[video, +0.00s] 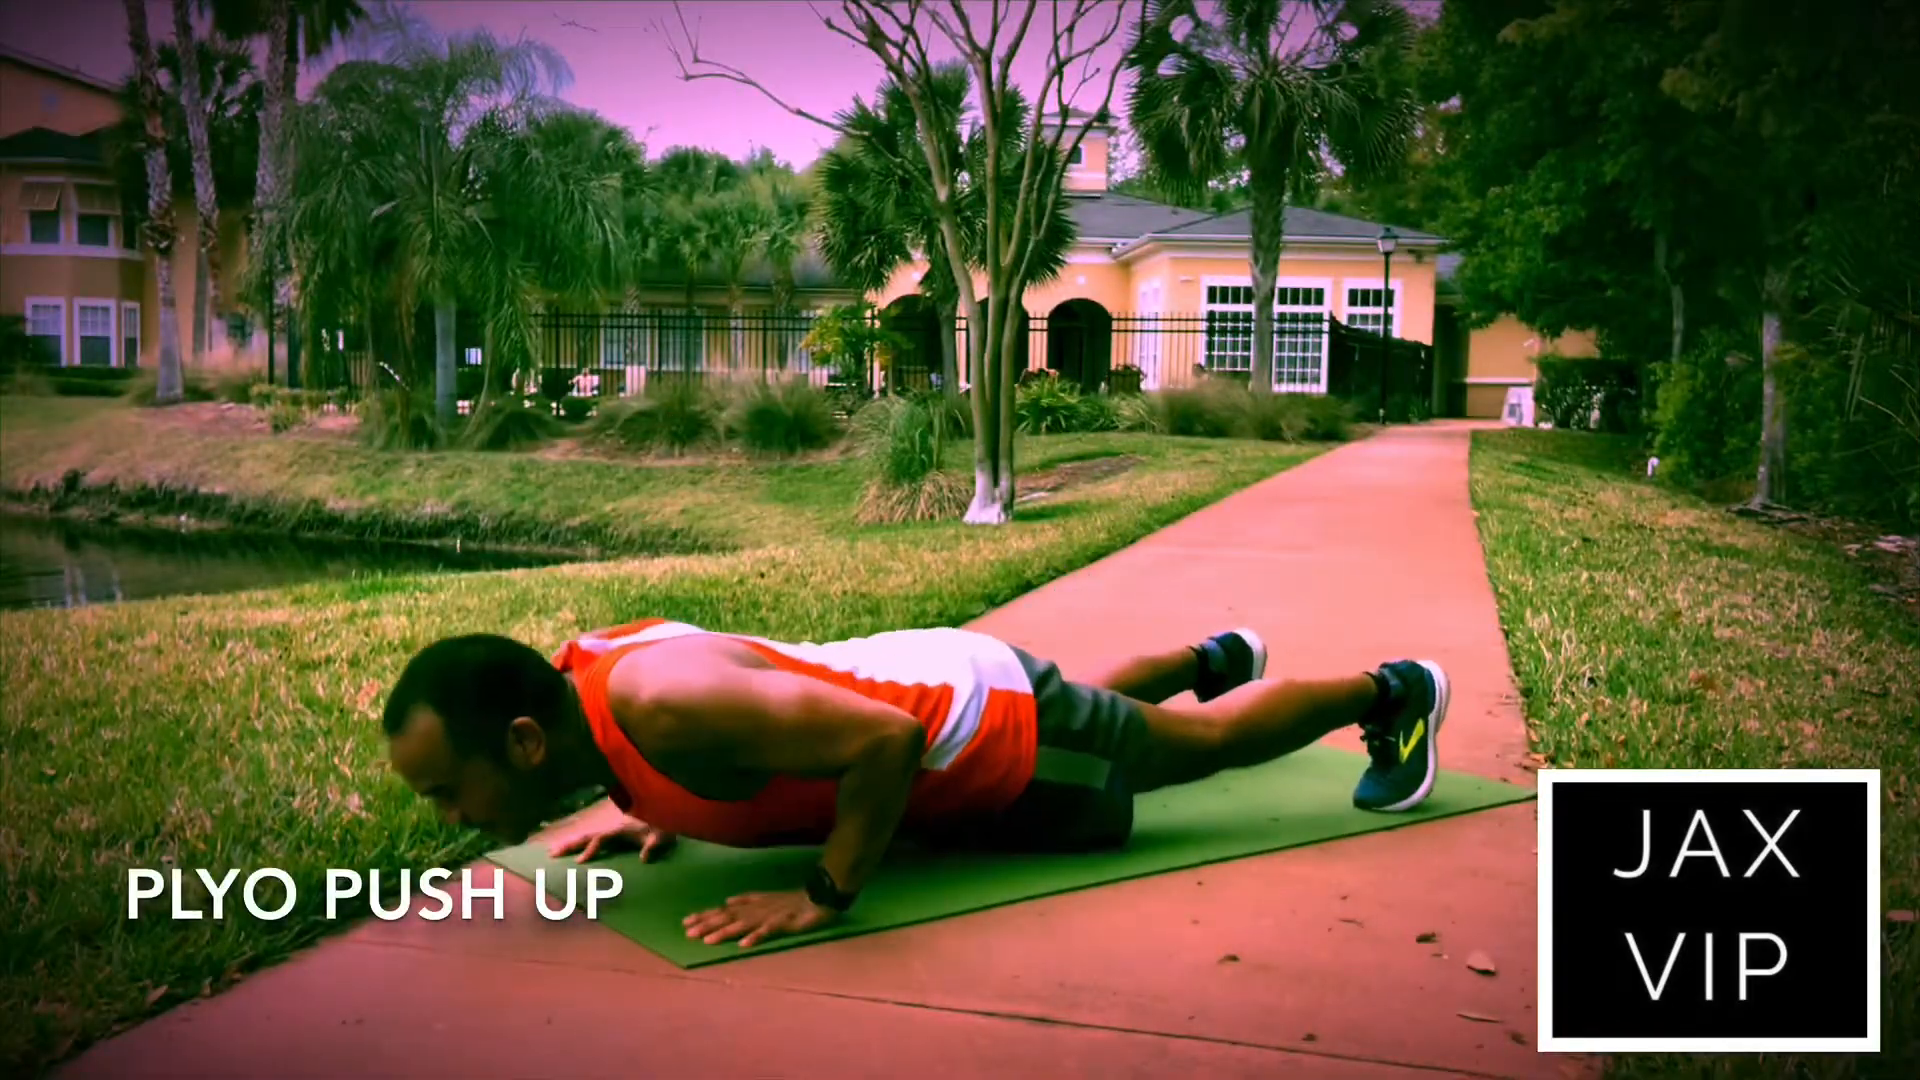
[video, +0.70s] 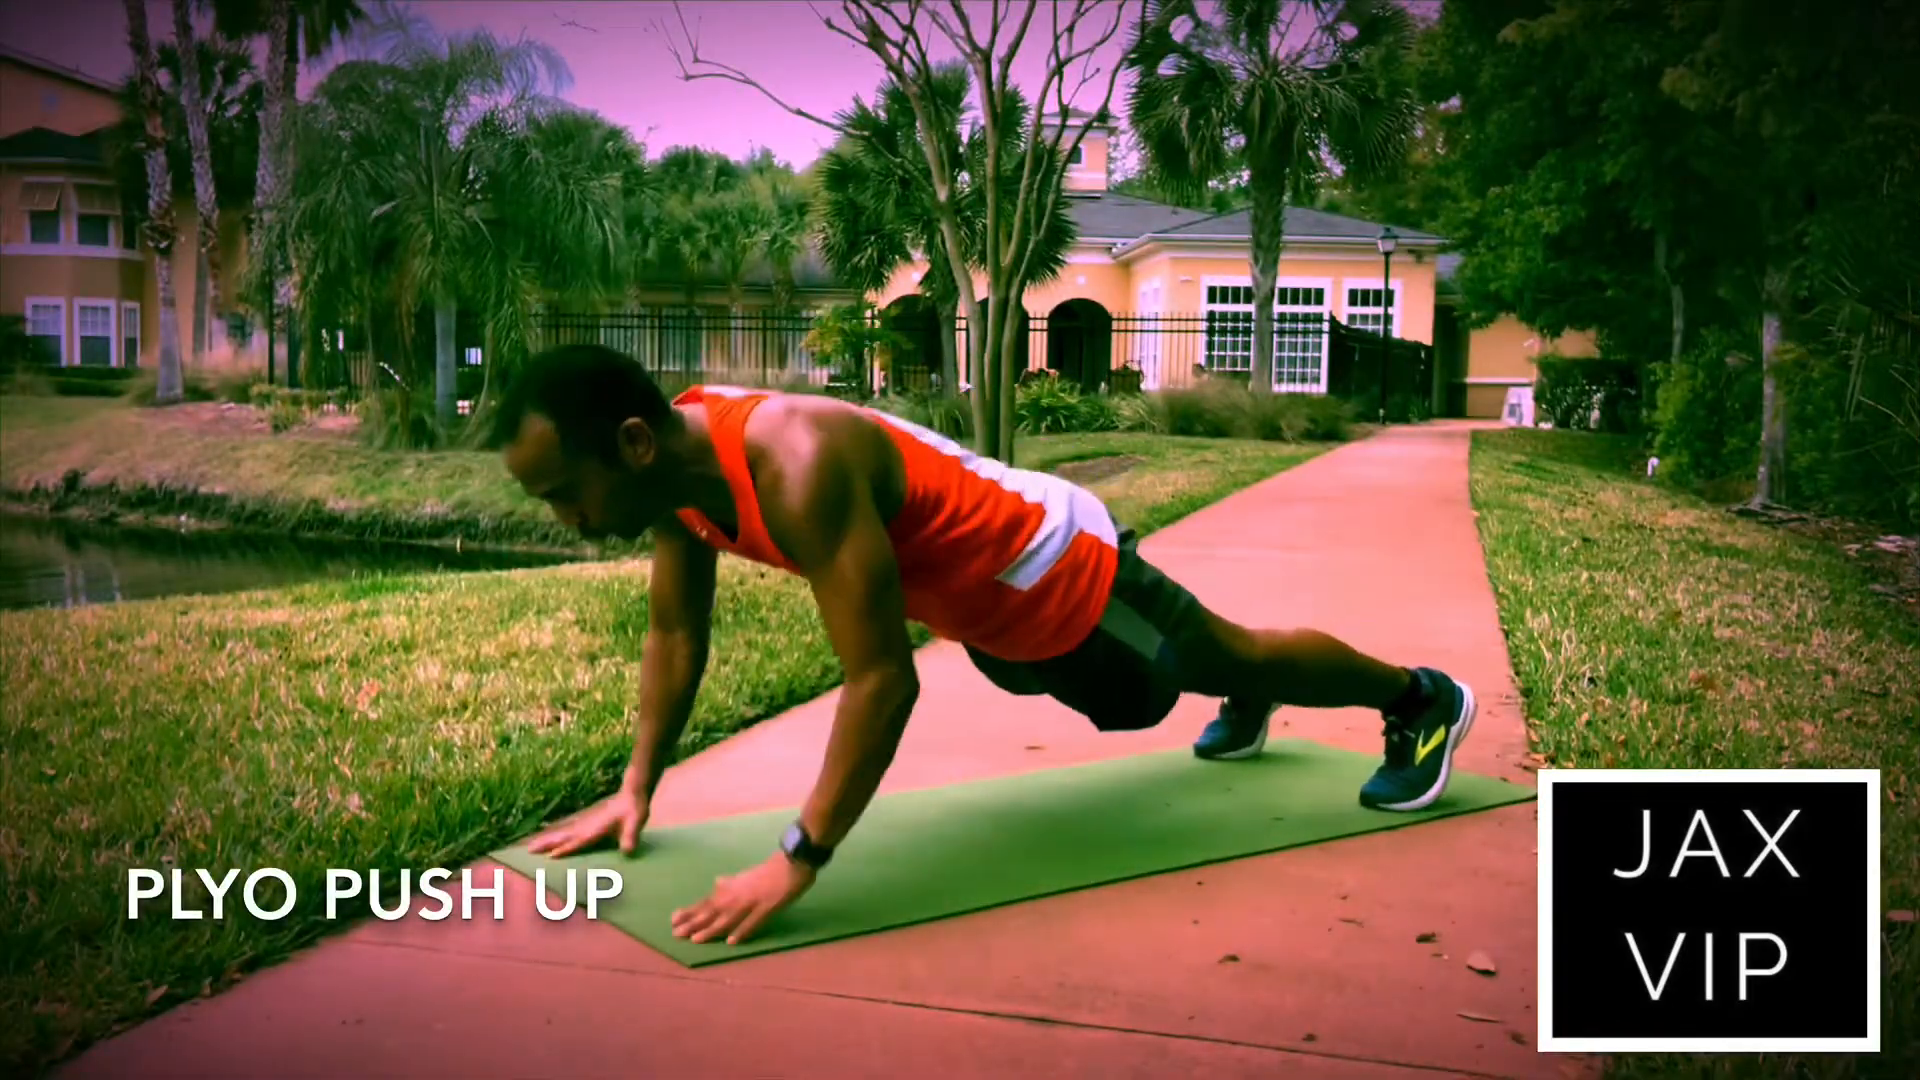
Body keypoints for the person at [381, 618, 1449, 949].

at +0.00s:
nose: (441, 817)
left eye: (446, 793)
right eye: (427, 797)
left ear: (524, 741)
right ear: (516, 732)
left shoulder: (677, 712)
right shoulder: (578, 672)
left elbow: (885, 743)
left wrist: (824, 898)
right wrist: (656, 818)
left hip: (1001, 729)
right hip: (923, 671)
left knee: (1203, 736)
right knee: (1061, 692)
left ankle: (1391, 690)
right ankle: (1209, 659)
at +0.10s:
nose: (455, 720)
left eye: (459, 694)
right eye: (441, 701)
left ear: (542, 649)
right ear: (524, 647)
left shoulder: (701, 653)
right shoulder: (597, 621)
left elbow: (889, 742)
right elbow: (666, 691)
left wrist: (830, 894)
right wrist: (659, 796)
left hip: (1015, 702)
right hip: (938, 683)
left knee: (1209, 729)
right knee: (1094, 697)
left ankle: (1395, 695)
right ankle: (1203, 657)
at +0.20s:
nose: (490, 622)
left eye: (492, 595)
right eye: (475, 601)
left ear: (575, 549)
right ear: (566, 553)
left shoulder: (730, 577)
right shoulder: (633, 582)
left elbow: (891, 734)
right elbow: (678, 676)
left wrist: (831, 895)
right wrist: (666, 802)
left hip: (1033, 665)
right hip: (957, 673)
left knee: (1219, 716)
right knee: (1114, 693)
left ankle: (1404, 695)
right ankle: (1218, 655)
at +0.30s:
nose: (529, 508)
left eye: (537, 482)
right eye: (516, 487)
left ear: (621, 447)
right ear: (592, 457)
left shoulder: (759, 503)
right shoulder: (644, 527)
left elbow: (856, 705)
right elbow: (670, 665)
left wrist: (826, 889)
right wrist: (664, 808)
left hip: (1041, 593)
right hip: (967, 647)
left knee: (1214, 683)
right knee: (1115, 699)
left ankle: (1410, 695)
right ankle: (1235, 697)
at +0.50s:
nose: (598, 395)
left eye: (599, 368)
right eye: (582, 379)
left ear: (674, 316)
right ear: (663, 324)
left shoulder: (839, 358)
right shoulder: (717, 394)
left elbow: (953, 550)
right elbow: (728, 516)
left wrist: (801, 630)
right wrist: (671, 609)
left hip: (1073, 523)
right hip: (993, 558)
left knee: (1233, 636)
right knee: (1117, 637)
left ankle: (1418, 697)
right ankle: (1251, 673)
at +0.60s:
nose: (591, 442)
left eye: (590, 413)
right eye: (573, 420)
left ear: (662, 360)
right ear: (653, 360)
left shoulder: (839, 373)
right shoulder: (716, 396)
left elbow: (977, 534)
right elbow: (750, 491)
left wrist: (841, 641)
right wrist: (686, 594)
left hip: (1068, 537)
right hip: (986, 572)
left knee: (1236, 637)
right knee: (1122, 653)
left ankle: (1420, 696)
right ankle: (1253, 675)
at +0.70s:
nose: (561, 514)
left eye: (558, 489)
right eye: (545, 497)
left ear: (630, 439)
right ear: (617, 438)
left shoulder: (805, 460)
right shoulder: (683, 468)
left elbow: (881, 682)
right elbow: (672, 635)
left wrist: (797, 862)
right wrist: (634, 786)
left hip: (1064, 570)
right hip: (992, 604)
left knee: (1245, 654)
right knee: (1139, 677)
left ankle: (1420, 696)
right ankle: (1257, 686)